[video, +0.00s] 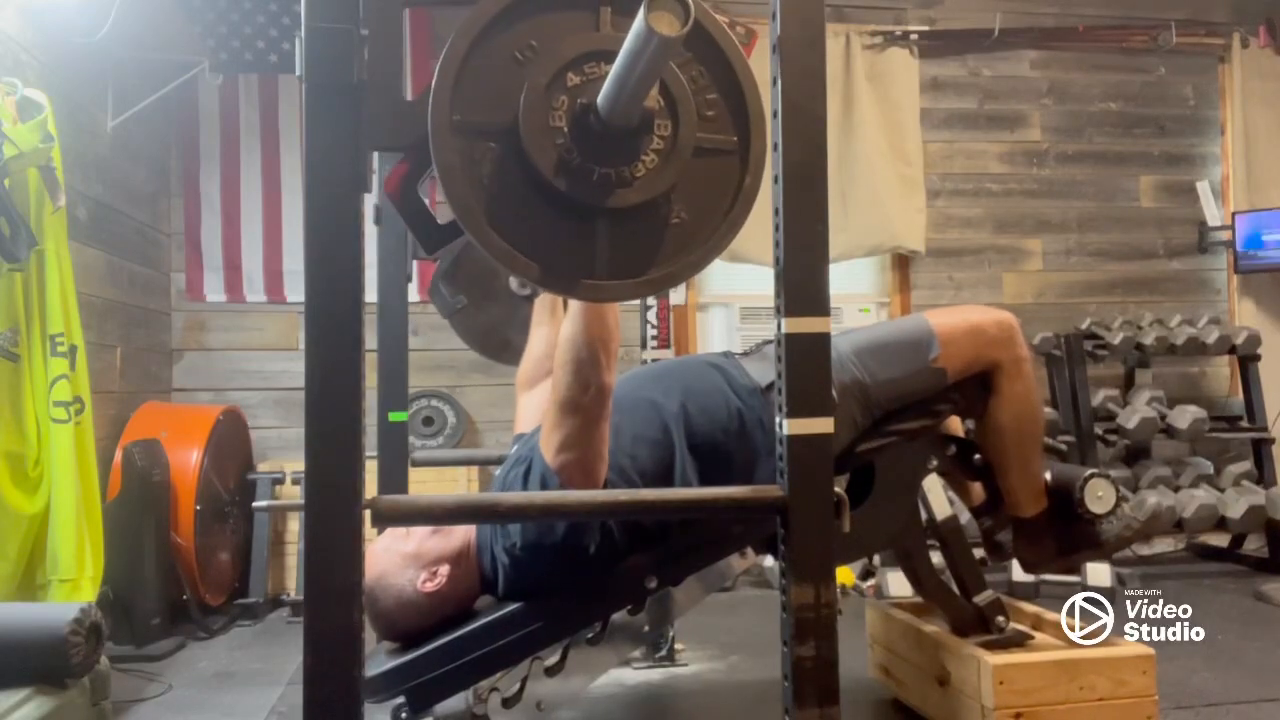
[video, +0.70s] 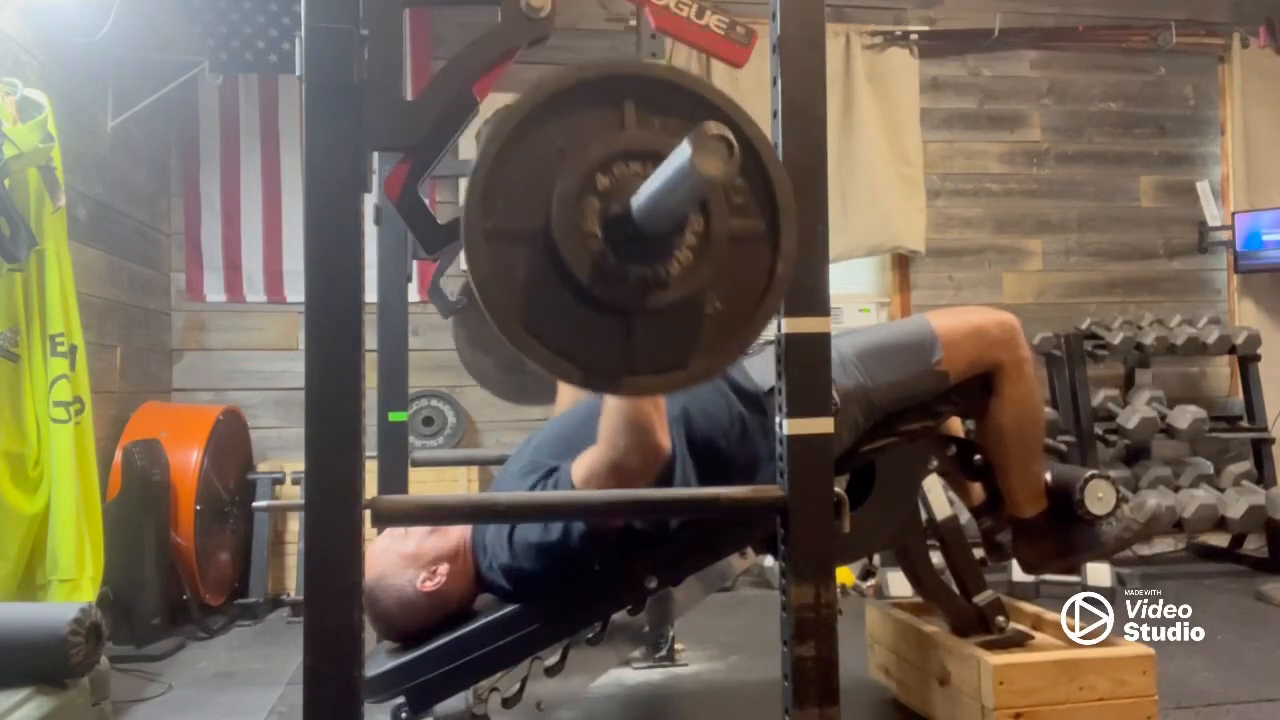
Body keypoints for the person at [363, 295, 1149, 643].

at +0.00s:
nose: (417, 525)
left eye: (399, 531)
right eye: (412, 544)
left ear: (428, 555)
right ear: (444, 579)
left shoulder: (500, 499)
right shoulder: (534, 542)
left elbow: (546, 371)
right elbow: (585, 382)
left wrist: (561, 217)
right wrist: (598, 222)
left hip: (741, 376)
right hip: (772, 422)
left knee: (947, 323)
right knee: (997, 333)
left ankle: (988, 481)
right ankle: (1033, 519)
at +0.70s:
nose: (416, 530)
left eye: (398, 533)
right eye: (413, 549)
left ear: (427, 547)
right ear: (445, 579)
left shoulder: (495, 497)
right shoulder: (524, 549)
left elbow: (601, 418)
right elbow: (639, 439)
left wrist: (587, 300)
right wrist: (609, 304)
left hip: (743, 376)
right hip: (766, 426)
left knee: (934, 323)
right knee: (999, 337)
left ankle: (977, 470)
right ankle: (1032, 523)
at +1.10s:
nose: (418, 529)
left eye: (400, 536)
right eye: (417, 548)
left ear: (427, 549)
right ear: (446, 576)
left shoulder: (495, 501)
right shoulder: (532, 542)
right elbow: (695, 531)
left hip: (712, 396)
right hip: (752, 438)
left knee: (917, 316)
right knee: (999, 339)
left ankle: (983, 476)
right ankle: (1034, 527)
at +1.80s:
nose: (417, 532)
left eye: (399, 536)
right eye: (415, 552)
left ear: (427, 541)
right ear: (446, 577)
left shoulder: (501, 493)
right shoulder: (527, 549)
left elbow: (622, 427)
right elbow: (649, 454)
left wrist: (600, 310)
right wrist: (628, 317)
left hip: (744, 375)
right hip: (765, 427)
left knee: (955, 326)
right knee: (1001, 340)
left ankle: (986, 481)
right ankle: (1033, 527)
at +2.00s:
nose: (419, 532)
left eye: (402, 535)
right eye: (414, 552)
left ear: (428, 541)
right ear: (446, 580)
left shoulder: (503, 494)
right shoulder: (530, 553)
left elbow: (551, 375)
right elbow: (595, 400)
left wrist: (557, 218)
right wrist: (591, 235)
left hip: (745, 372)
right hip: (770, 421)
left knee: (955, 327)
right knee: (1000, 340)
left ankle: (992, 486)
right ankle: (1034, 529)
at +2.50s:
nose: (419, 531)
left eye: (402, 535)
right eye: (417, 550)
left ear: (428, 544)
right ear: (447, 578)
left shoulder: (496, 503)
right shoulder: (529, 546)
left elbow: (625, 426)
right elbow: (666, 461)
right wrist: (640, 323)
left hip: (741, 379)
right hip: (765, 430)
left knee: (950, 327)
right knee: (1003, 343)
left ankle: (995, 495)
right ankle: (1033, 532)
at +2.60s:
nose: (417, 530)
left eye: (399, 536)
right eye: (416, 549)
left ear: (426, 545)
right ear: (446, 577)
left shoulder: (497, 497)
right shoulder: (529, 543)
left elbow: (600, 418)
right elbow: (669, 497)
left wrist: (656, 327)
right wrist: (678, 367)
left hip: (733, 379)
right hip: (761, 432)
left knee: (946, 322)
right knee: (1003, 341)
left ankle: (992, 482)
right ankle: (1033, 530)